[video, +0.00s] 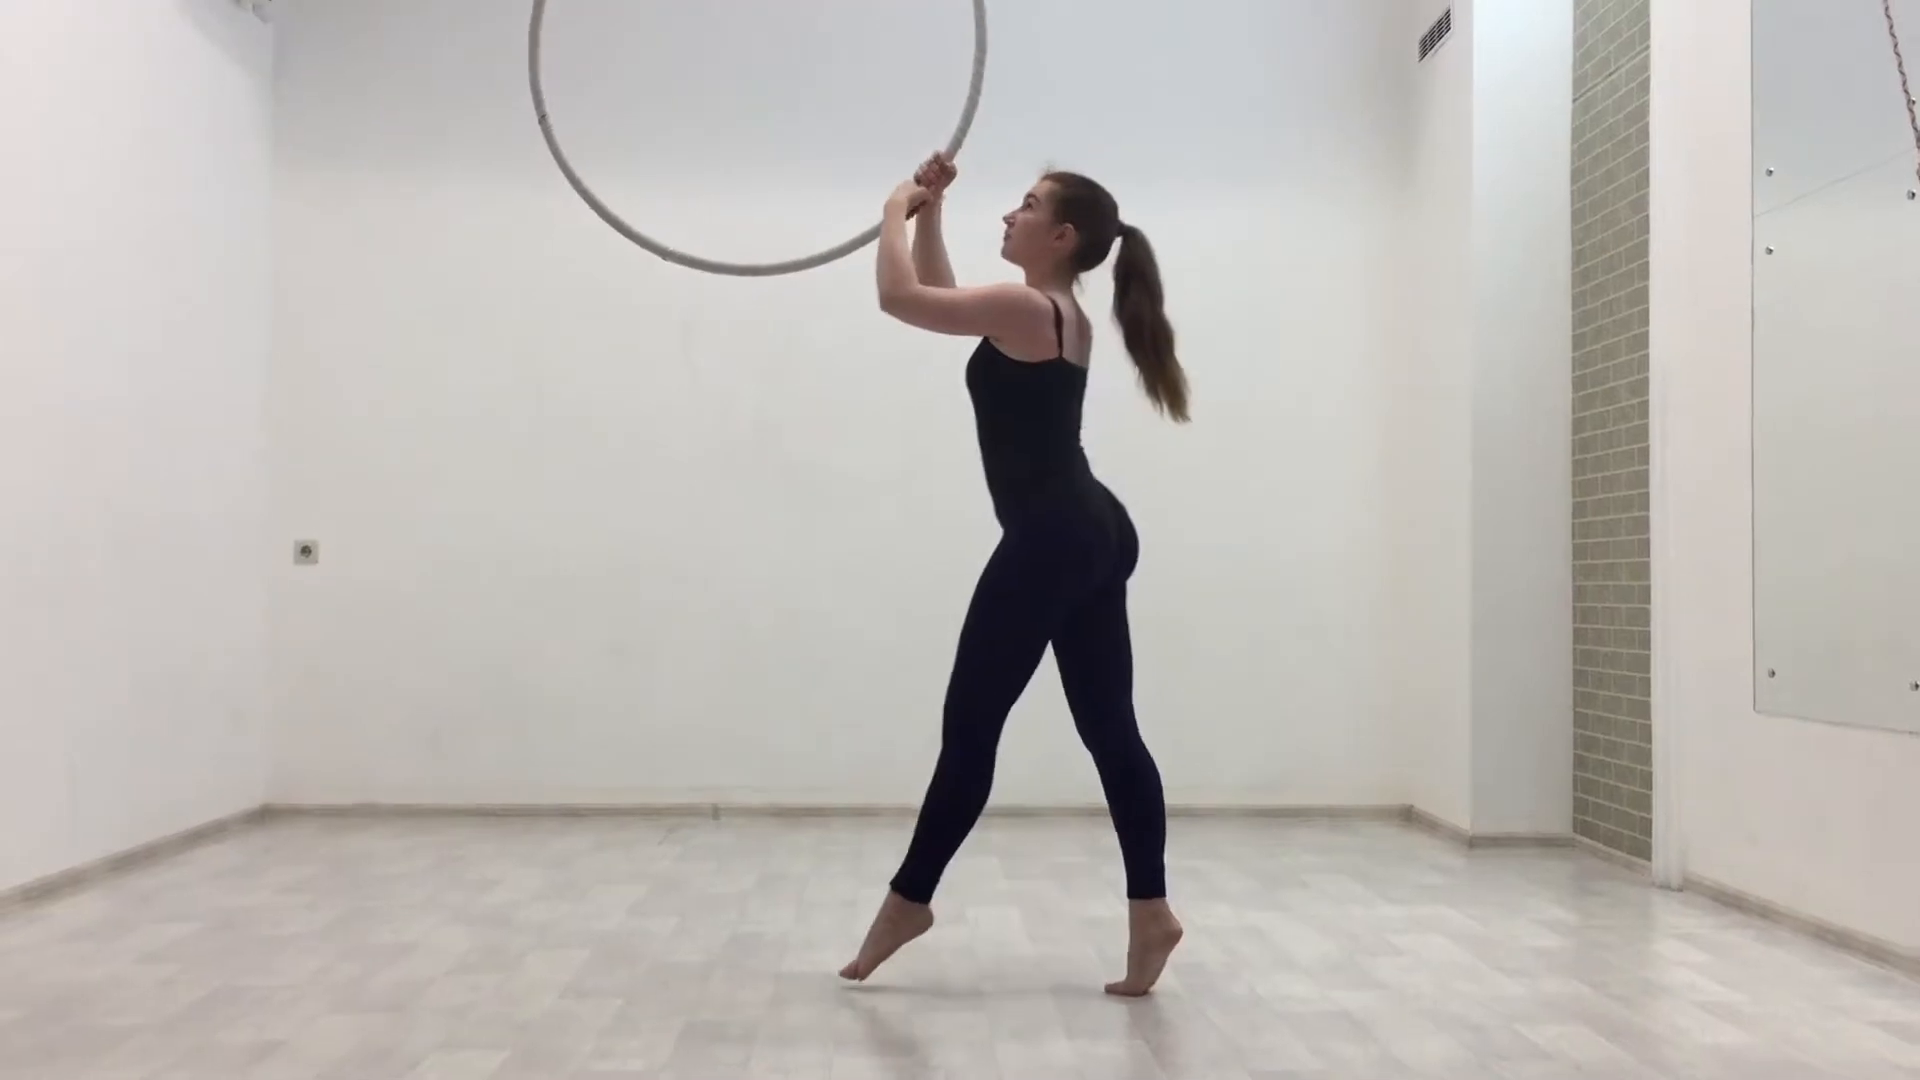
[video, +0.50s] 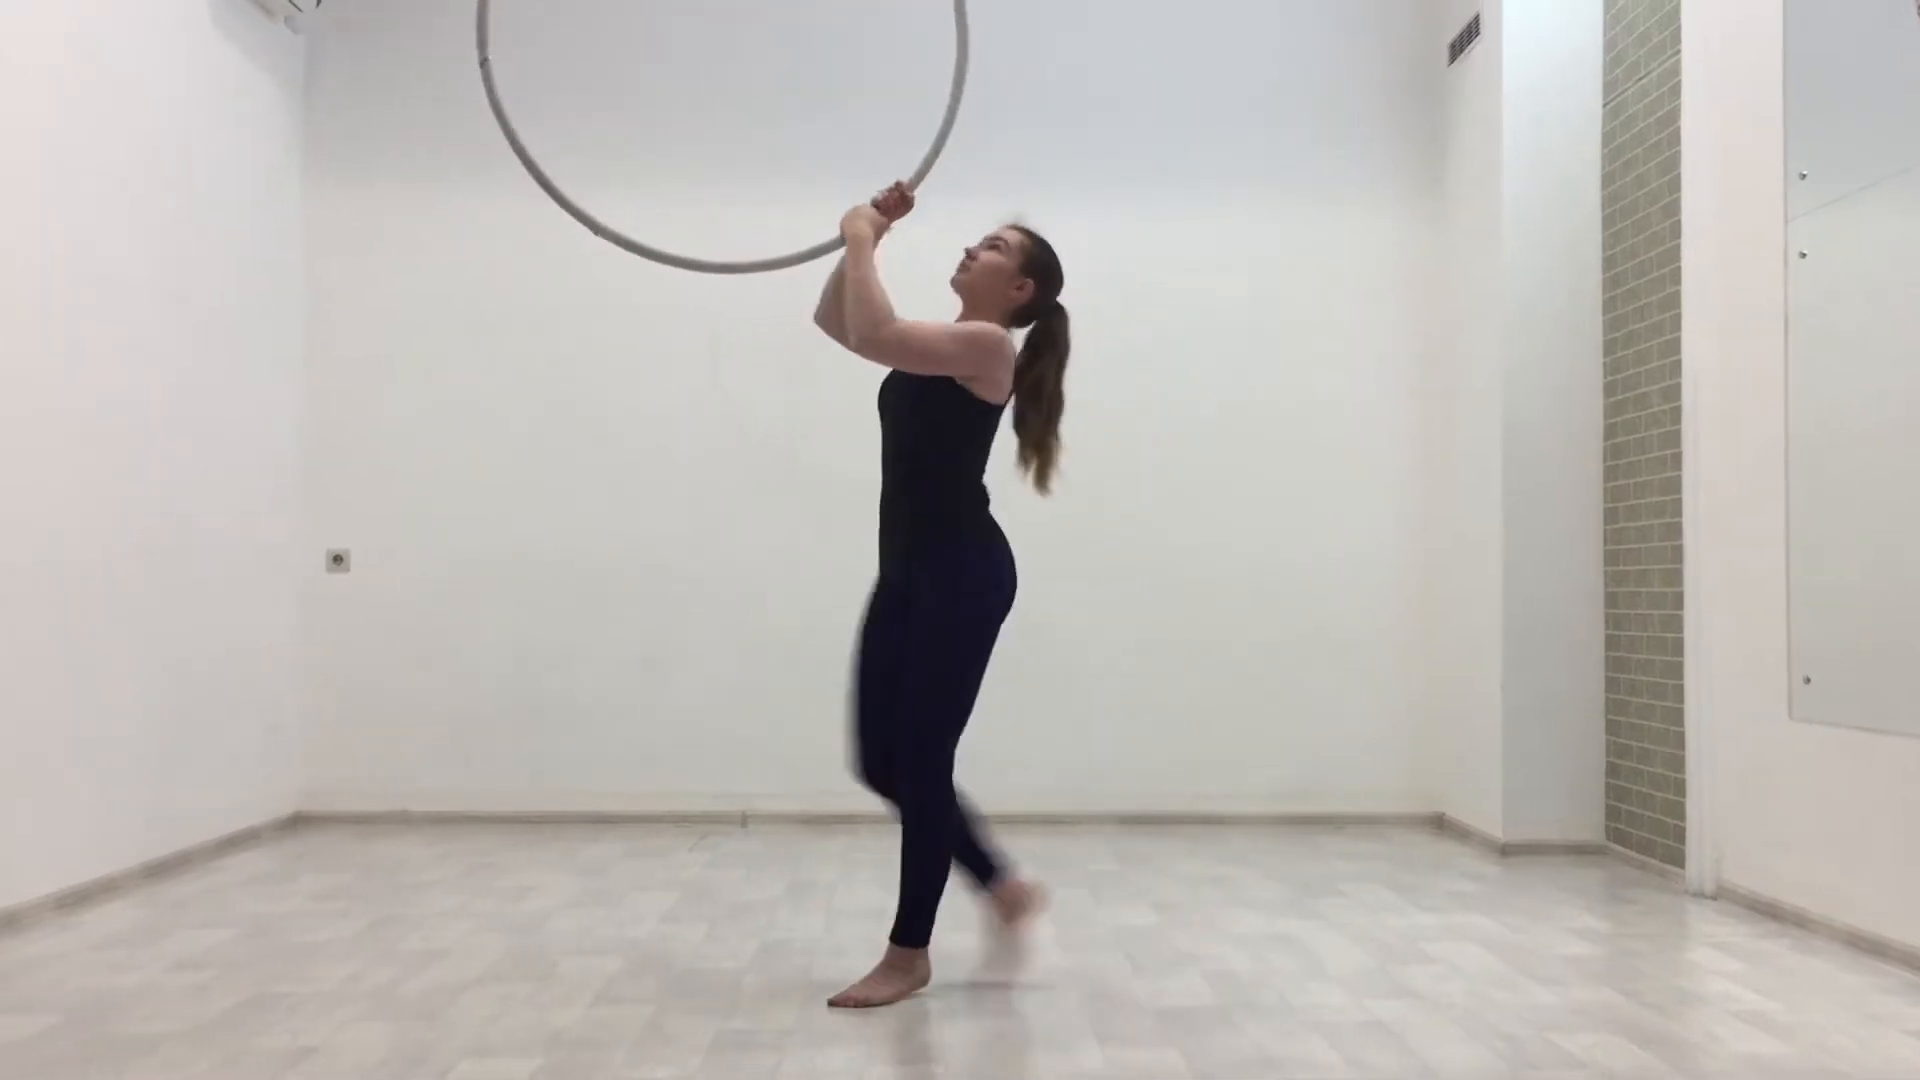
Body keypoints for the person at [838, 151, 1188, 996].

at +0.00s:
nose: (1010, 215)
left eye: (1028, 208)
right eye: (1019, 203)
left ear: (1063, 237)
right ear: (1066, 242)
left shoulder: (1018, 308)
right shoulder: (1069, 316)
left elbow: (900, 298)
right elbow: (942, 294)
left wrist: (895, 214)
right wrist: (932, 207)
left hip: (1042, 546)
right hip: (1096, 535)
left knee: (970, 724)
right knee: (1112, 729)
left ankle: (908, 900)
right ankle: (1151, 909)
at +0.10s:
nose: (993, 222)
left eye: (1012, 216)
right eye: (1004, 210)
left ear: (1043, 247)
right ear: (1047, 252)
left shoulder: (1001, 315)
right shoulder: (1046, 323)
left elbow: (880, 304)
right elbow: (923, 299)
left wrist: (884, 219)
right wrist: (913, 211)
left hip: (1024, 553)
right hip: (1074, 544)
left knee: (957, 735)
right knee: (1102, 735)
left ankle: (896, 914)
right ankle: (1152, 914)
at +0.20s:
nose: (982, 228)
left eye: (999, 222)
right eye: (992, 217)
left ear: (1032, 256)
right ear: (1034, 259)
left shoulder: (987, 321)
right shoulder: (1028, 329)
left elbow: (867, 308)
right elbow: (910, 306)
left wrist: (873, 223)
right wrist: (902, 218)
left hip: (1011, 559)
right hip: (1057, 551)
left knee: (945, 741)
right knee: (1093, 738)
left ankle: (886, 923)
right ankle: (1152, 916)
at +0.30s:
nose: (967, 238)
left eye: (986, 234)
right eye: (979, 228)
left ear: (1017, 270)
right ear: (1012, 273)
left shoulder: (976, 336)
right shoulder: (989, 335)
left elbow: (852, 310)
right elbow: (875, 308)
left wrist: (858, 224)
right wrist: (883, 224)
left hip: (991, 569)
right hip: (1019, 560)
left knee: (918, 741)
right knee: (1066, 746)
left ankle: (882, 935)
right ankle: (1145, 915)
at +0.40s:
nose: (963, 244)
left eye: (982, 243)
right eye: (974, 235)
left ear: (1009, 281)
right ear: (1002, 281)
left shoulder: (974, 344)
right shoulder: (960, 337)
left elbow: (851, 315)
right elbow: (846, 315)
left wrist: (853, 229)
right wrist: (870, 225)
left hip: (965, 579)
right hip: (965, 571)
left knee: (909, 754)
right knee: (1000, 757)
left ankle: (895, 950)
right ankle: (1119, 898)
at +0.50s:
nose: (974, 247)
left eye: (996, 248)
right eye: (983, 239)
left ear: (1020, 289)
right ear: (998, 281)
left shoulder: (988, 349)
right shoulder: (939, 342)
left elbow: (879, 333)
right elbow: (836, 319)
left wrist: (858, 241)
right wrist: (868, 235)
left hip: (961, 572)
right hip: (909, 570)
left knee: (923, 761)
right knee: (880, 758)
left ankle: (908, 956)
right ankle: (1005, 887)